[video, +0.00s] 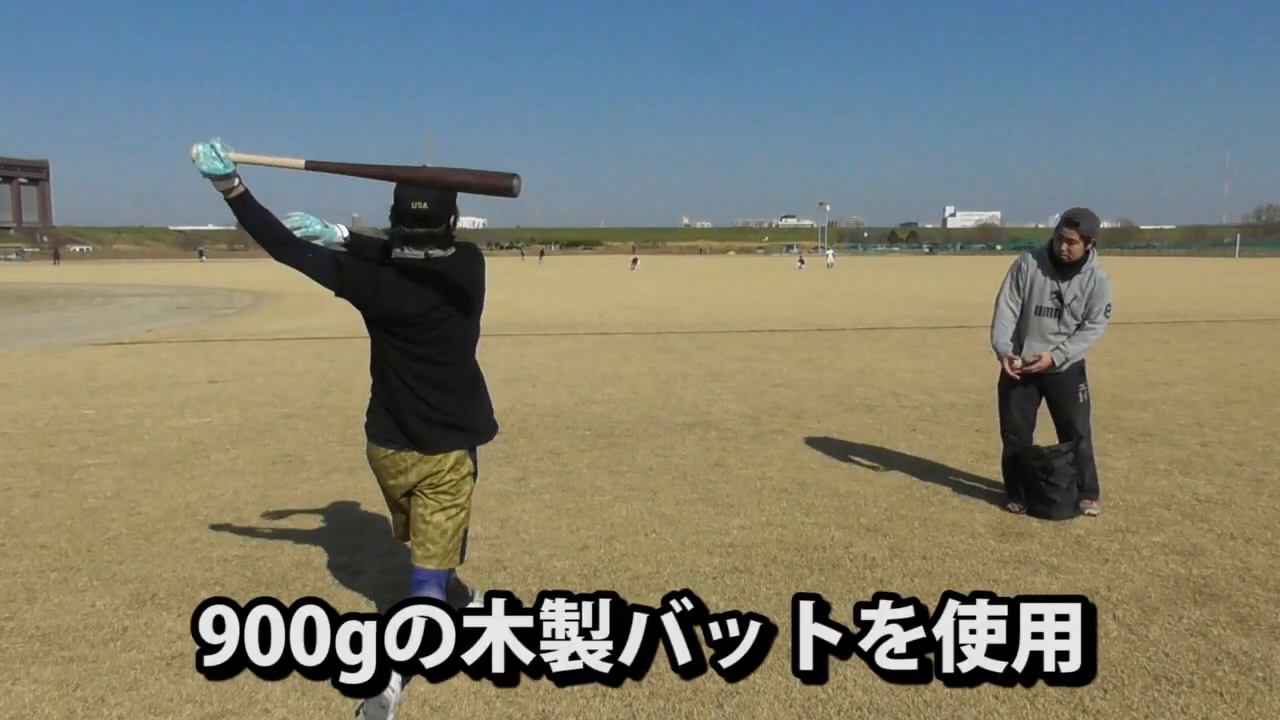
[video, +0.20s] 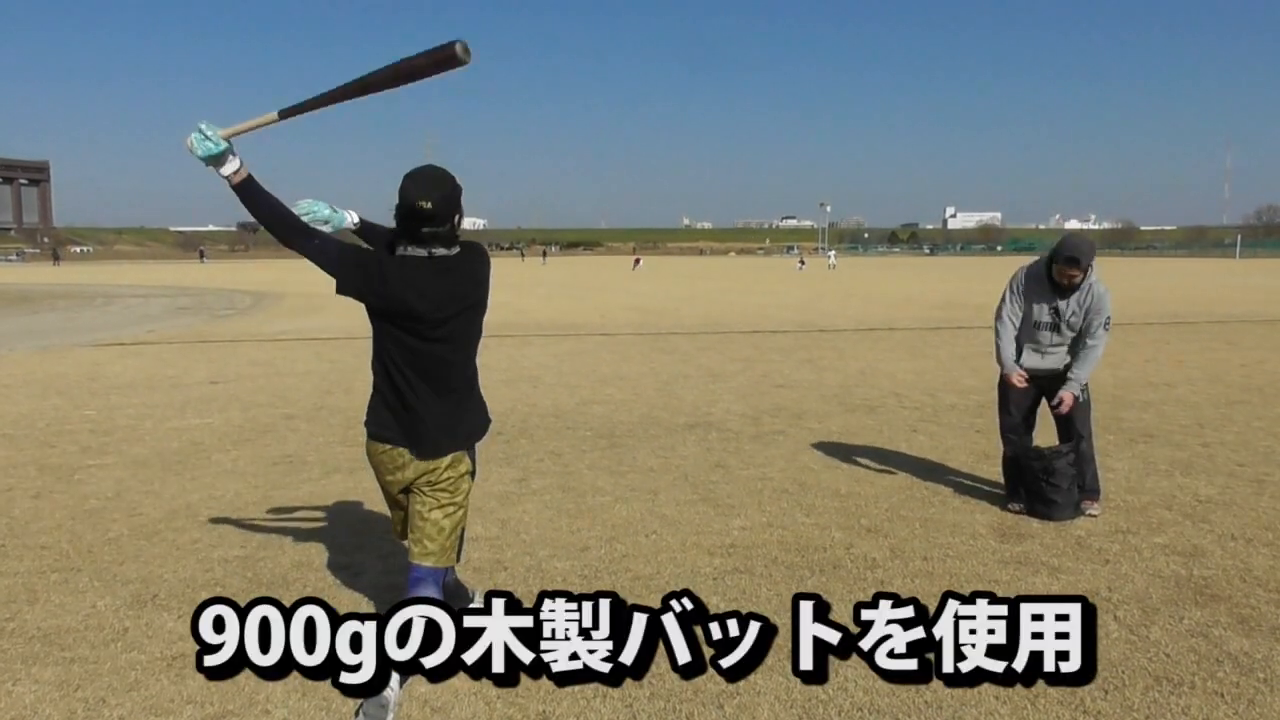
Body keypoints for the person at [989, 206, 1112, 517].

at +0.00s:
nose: (1063, 247)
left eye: (1072, 242)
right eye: (1060, 239)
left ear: (1089, 244)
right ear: (1053, 235)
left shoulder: (1097, 280)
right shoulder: (1028, 265)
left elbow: (1092, 329)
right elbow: (1006, 308)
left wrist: (1055, 357)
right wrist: (1004, 349)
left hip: (1066, 366)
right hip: (1019, 363)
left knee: (1077, 432)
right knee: (1015, 433)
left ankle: (1087, 494)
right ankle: (1016, 493)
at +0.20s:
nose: (1067, 280)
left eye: (1074, 276)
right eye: (1063, 274)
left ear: (1087, 270)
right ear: (1053, 262)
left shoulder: (1096, 295)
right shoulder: (1026, 279)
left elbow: (1093, 345)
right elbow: (1006, 321)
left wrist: (1073, 386)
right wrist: (1008, 364)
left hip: (1066, 373)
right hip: (1022, 369)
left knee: (1079, 436)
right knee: (1014, 435)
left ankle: (1088, 496)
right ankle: (1016, 495)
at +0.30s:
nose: (1065, 295)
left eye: (1073, 291)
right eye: (1061, 288)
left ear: (1083, 286)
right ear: (1051, 278)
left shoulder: (1093, 304)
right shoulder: (1024, 287)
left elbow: (1094, 355)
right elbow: (1004, 329)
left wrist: (1078, 401)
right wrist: (1007, 374)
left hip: (1065, 372)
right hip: (1023, 371)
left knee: (1077, 430)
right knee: (1015, 433)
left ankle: (1089, 495)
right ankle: (1017, 494)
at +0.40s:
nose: (1055, 310)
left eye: (1063, 306)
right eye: (1051, 303)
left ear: (1076, 300)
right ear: (1042, 292)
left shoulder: (1089, 312)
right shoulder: (1019, 297)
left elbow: (1091, 364)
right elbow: (1000, 339)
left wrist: (1075, 412)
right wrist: (1005, 381)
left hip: (1064, 376)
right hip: (1022, 374)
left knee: (1077, 430)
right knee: (1015, 432)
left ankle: (1088, 495)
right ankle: (1016, 494)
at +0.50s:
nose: (1044, 320)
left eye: (1052, 316)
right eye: (1039, 313)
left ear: (1067, 310)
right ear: (1033, 301)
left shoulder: (1082, 321)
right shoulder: (1013, 305)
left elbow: (1085, 372)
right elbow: (998, 345)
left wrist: (1067, 419)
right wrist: (1002, 385)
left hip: (1062, 379)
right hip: (1021, 377)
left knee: (1076, 433)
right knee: (1014, 434)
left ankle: (1087, 495)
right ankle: (1015, 494)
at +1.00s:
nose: (1007, 312)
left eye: (1007, 306)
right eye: (999, 311)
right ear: (986, 313)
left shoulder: (1033, 335)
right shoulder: (1003, 309)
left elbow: (1038, 386)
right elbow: (1001, 340)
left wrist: (1030, 433)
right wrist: (1003, 377)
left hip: (1080, 368)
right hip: (1040, 368)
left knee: (1076, 432)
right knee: (1027, 430)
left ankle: (1088, 495)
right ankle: (1018, 490)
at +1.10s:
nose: (986, 320)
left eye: (984, 316)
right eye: (984, 316)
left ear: (984, 315)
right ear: (998, 292)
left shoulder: (1028, 340)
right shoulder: (1009, 298)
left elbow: (1035, 396)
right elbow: (1004, 346)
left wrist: (1027, 438)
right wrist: (1010, 377)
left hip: (1082, 368)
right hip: (1047, 369)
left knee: (1074, 431)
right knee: (1030, 430)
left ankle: (1089, 493)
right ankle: (1019, 490)